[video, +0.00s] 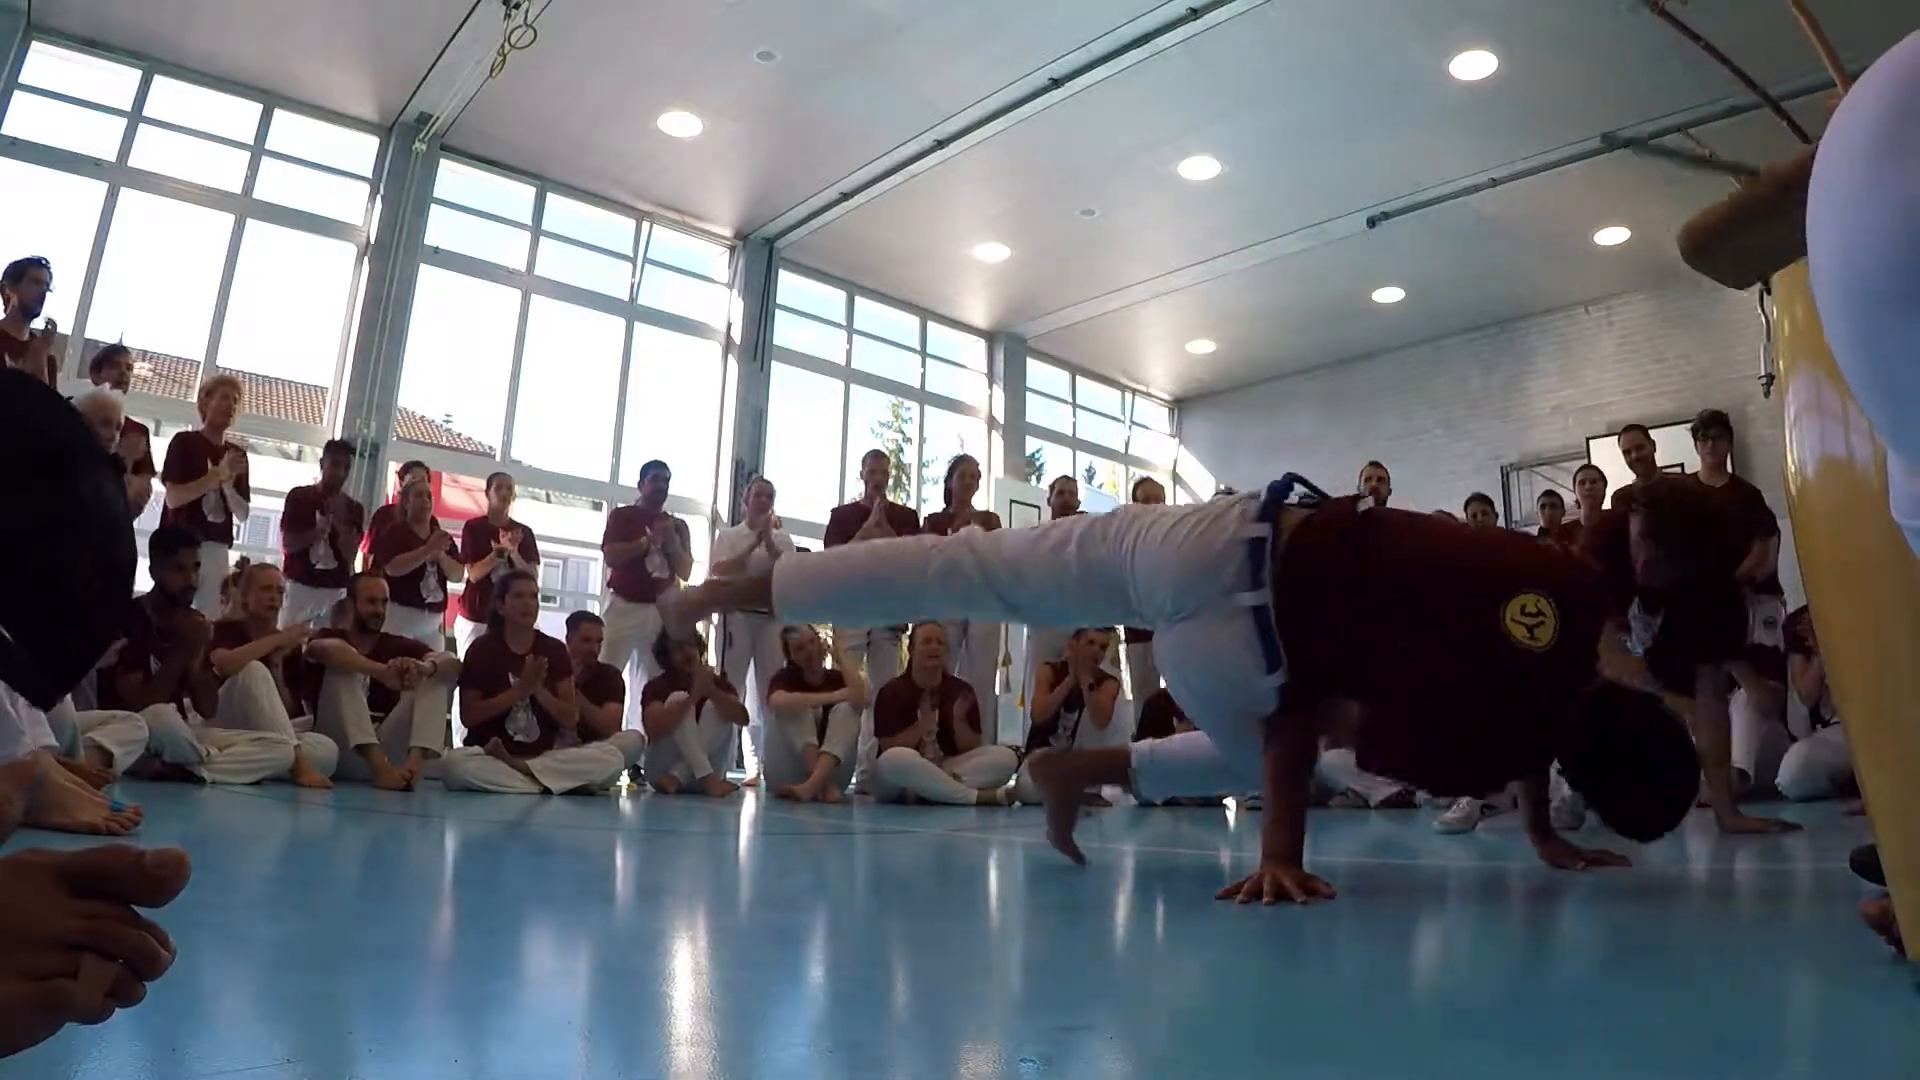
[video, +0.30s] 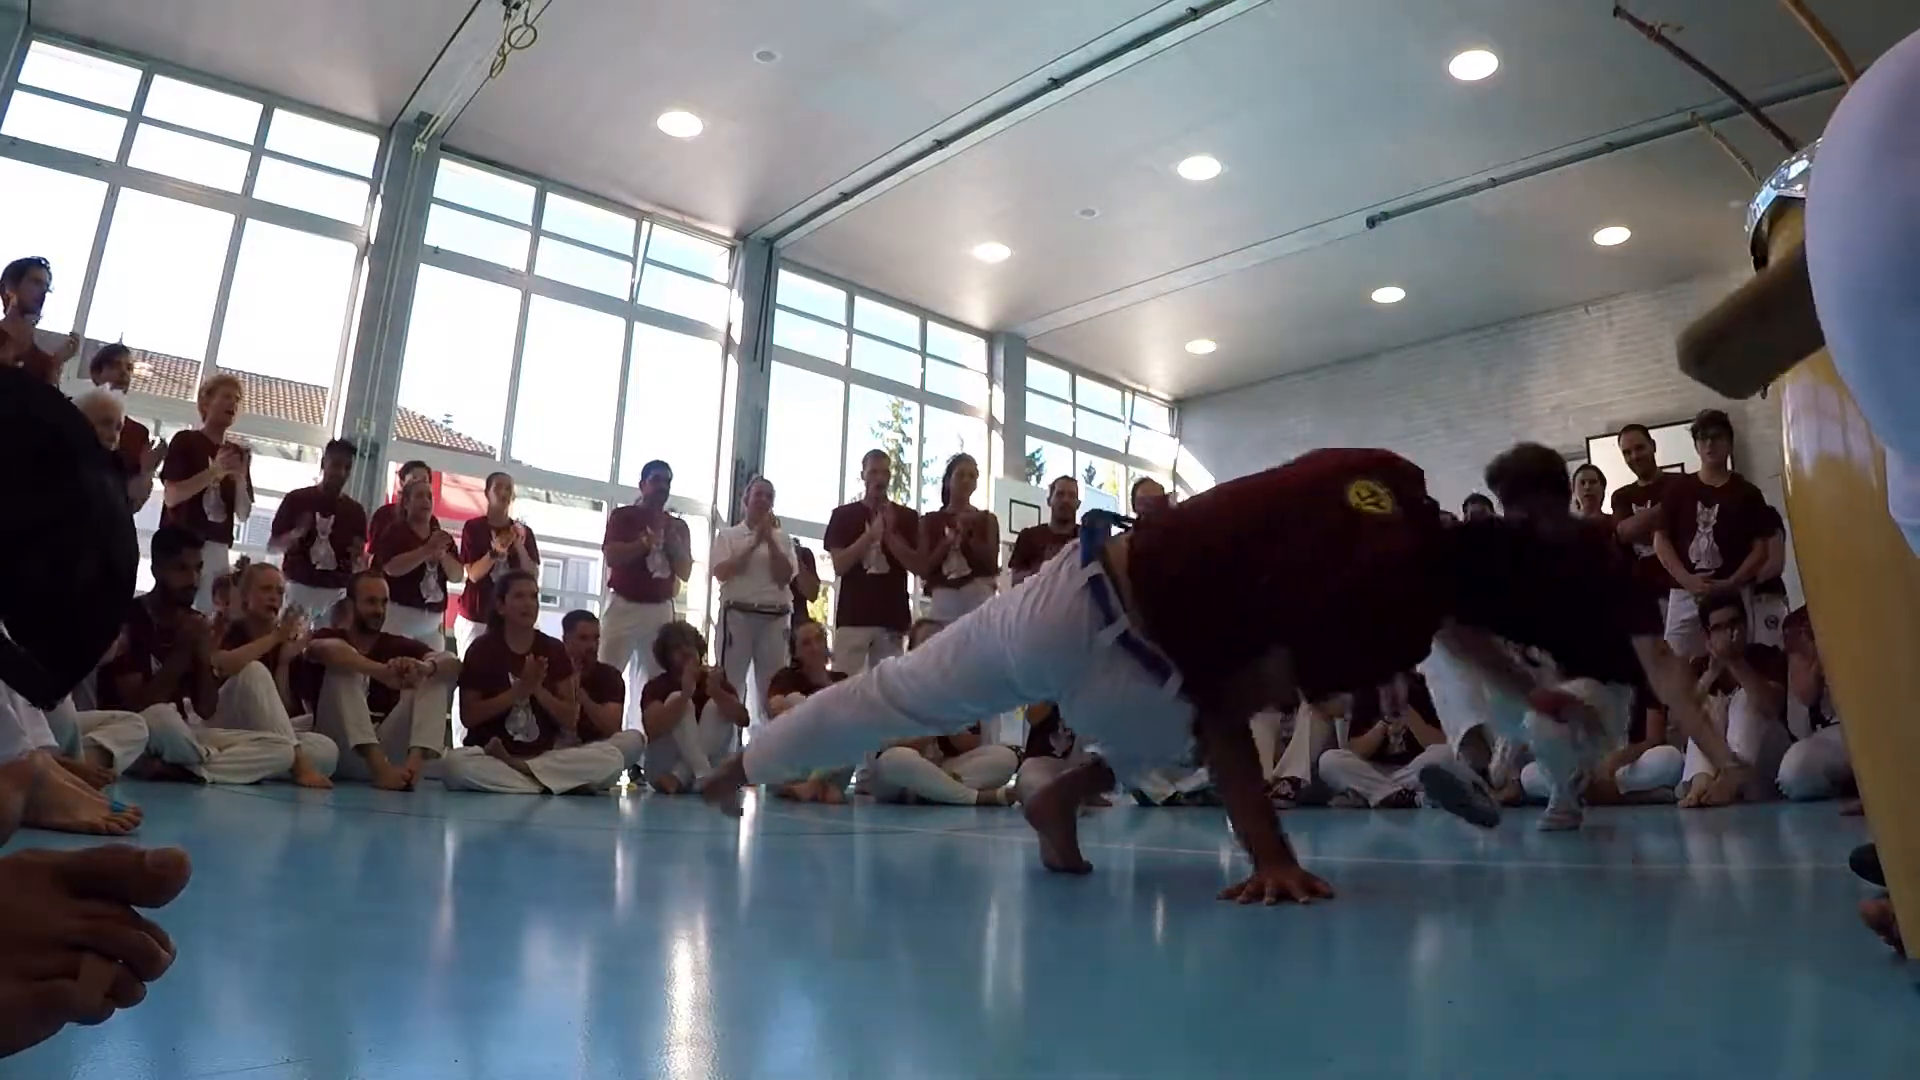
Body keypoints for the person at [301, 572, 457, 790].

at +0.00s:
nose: (379, 610)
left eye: (384, 602)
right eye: (371, 602)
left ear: (389, 603)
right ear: (352, 603)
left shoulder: (393, 643)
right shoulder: (330, 637)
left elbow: (454, 662)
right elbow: (316, 649)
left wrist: (427, 666)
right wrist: (382, 671)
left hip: (387, 751)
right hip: (338, 750)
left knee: (438, 673)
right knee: (342, 662)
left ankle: (414, 764)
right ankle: (378, 764)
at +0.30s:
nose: (379, 610)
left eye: (384, 602)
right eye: (371, 602)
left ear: (389, 604)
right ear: (351, 603)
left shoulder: (394, 643)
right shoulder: (329, 637)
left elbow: (454, 663)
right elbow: (317, 649)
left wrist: (425, 667)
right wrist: (382, 671)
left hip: (388, 752)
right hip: (338, 750)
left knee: (438, 674)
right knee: (342, 661)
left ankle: (414, 764)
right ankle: (378, 763)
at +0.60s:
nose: (380, 610)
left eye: (384, 602)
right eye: (371, 602)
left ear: (389, 604)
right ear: (352, 603)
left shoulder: (393, 643)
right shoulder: (329, 637)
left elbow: (454, 662)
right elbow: (317, 650)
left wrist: (426, 667)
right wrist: (382, 671)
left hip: (388, 752)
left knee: (439, 673)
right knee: (342, 662)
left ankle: (414, 764)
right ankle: (378, 764)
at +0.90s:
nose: (381, 610)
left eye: (385, 603)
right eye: (372, 602)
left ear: (390, 604)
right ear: (353, 603)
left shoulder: (393, 643)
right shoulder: (328, 637)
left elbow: (454, 663)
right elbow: (321, 650)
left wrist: (427, 666)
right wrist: (383, 672)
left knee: (438, 674)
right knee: (342, 662)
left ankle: (414, 764)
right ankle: (378, 765)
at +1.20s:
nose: (381, 610)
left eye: (385, 603)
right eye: (373, 602)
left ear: (390, 604)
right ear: (353, 603)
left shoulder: (392, 643)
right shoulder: (329, 637)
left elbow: (453, 663)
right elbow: (319, 650)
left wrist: (427, 666)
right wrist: (383, 672)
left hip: (388, 752)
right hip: (339, 751)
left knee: (436, 675)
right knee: (342, 662)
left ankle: (414, 764)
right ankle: (378, 765)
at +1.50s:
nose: (381, 610)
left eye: (385, 603)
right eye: (373, 603)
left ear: (390, 604)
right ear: (353, 603)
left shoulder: (393, 643)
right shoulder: (329, 637)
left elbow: (454, 663)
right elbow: (318, 649)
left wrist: (427, 667)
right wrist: (382, 672)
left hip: (387, 751)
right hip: (337, 750)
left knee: (438, 673)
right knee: (342, 663)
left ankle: (414, 765)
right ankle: (378, 766)